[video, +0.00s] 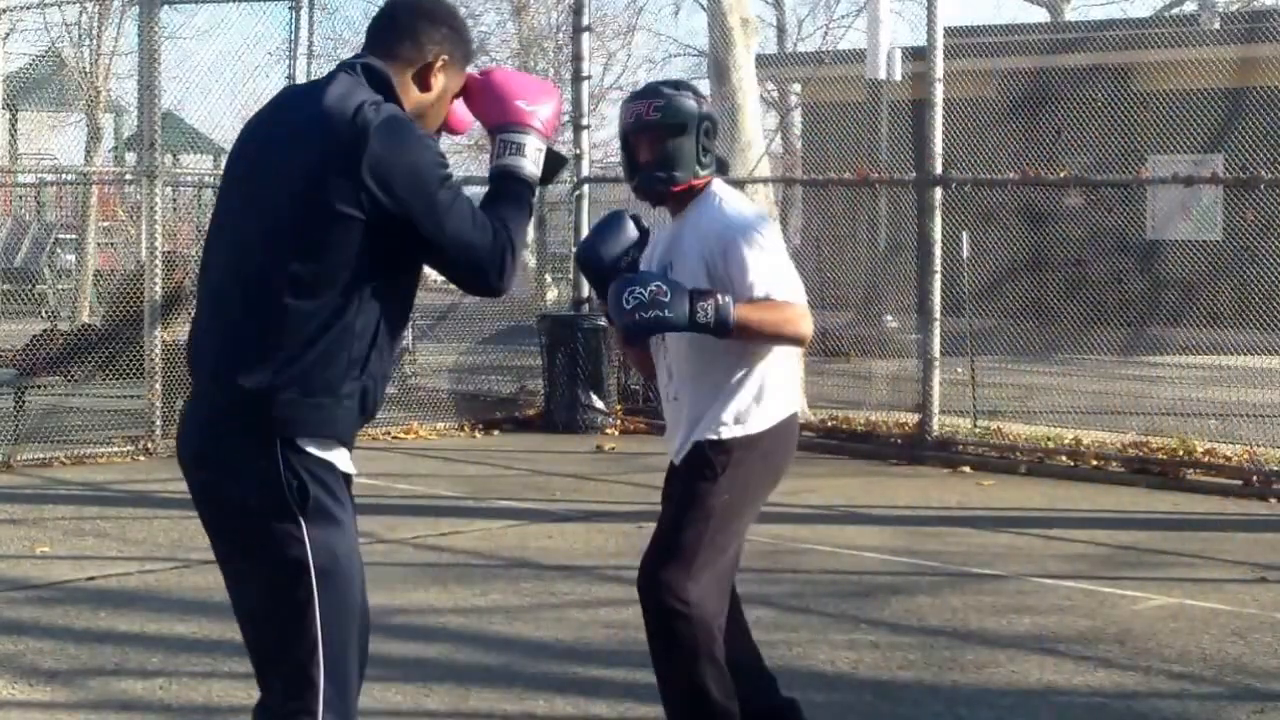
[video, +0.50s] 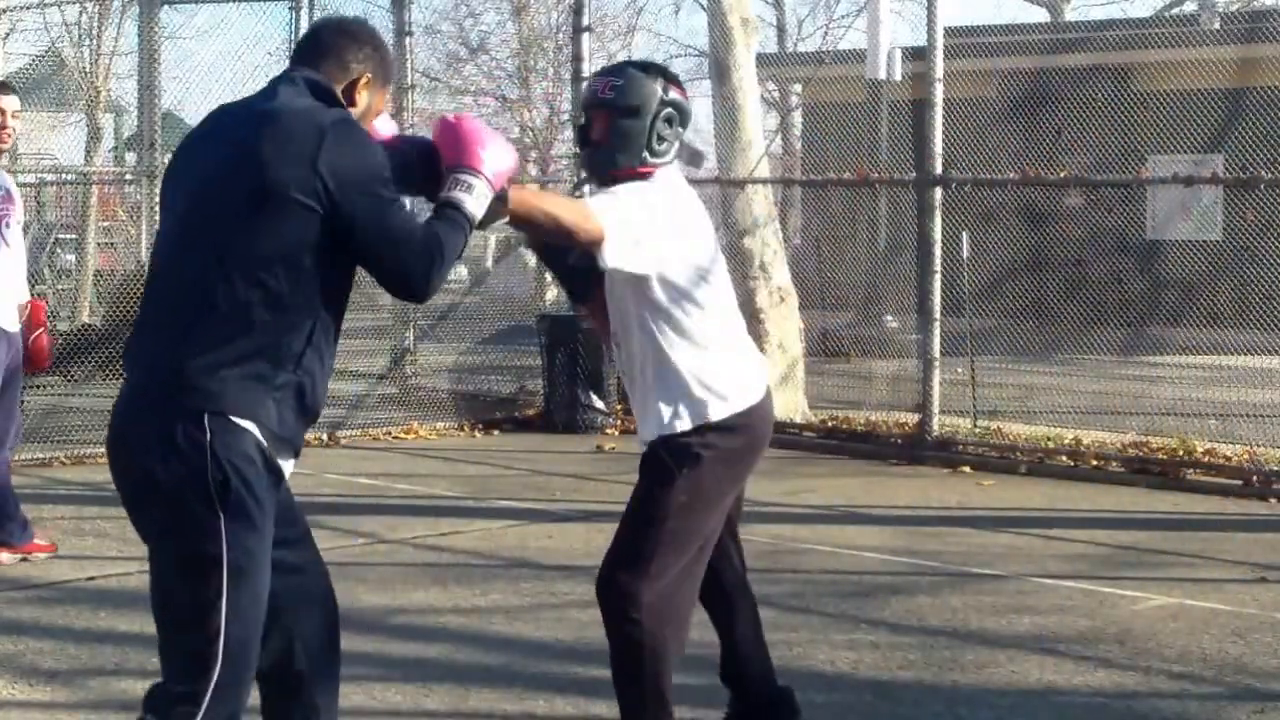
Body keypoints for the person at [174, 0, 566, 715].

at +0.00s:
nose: (448, 117)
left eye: (456, 100)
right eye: (454, 96)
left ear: (376, 52)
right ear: (429, 71)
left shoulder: (284, 112)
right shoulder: (379, 134)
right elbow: (491, 265)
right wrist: (517, 151)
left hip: (229, 433)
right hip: (287, 448)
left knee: (297, 688)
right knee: (319, 695)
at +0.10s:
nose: (448, 120)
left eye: (456, 106)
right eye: (454, 102)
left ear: (377, 60)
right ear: (429, 80)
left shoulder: (289, 118)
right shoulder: (383, 137)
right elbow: (484, 271)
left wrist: (427, 155)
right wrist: (513, 167)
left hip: (228, 428)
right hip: (276, 440)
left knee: (345, 622)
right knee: (305, 681)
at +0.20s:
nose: (441, 134)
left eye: (448, 120)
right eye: (446, 117)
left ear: (372, 73)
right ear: (425, 91)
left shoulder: (273, 133)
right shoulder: (389, 138)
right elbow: (481, 273)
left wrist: (433, 170)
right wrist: (511, 173)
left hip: (213, 418)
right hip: (269, 430)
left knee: (342, 616)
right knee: (283, 671)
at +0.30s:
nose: (436, 134)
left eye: (439, 121)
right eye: (438, 118)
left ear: (362, 78)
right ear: (416, 94)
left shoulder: (269, 134)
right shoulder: (392, 141)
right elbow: (480, 267)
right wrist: (514, 175)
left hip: (204, 415)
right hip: (257, 423)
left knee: (338, 622)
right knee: (264, 670)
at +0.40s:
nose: (415, 129)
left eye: (417, 115)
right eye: (415, 113)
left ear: (332, 81)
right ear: (389, 94)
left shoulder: (246, 135)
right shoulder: (373, 140)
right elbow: (473, 254)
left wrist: (400, 157)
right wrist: (522, 205)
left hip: (185, 418)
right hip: (236, 425)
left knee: (328, 622)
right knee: (267, 665)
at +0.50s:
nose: (382, 128)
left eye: (386, 112)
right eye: (384, 110)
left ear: (301, 73)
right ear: (359, 86)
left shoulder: (214, 130)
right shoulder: (333, 138)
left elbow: (306, 197)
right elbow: (417, 271)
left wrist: (413, 158)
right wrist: (470, 192)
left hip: (158, 421)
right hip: (216, 435)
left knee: (305, 628)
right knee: (209, 679)